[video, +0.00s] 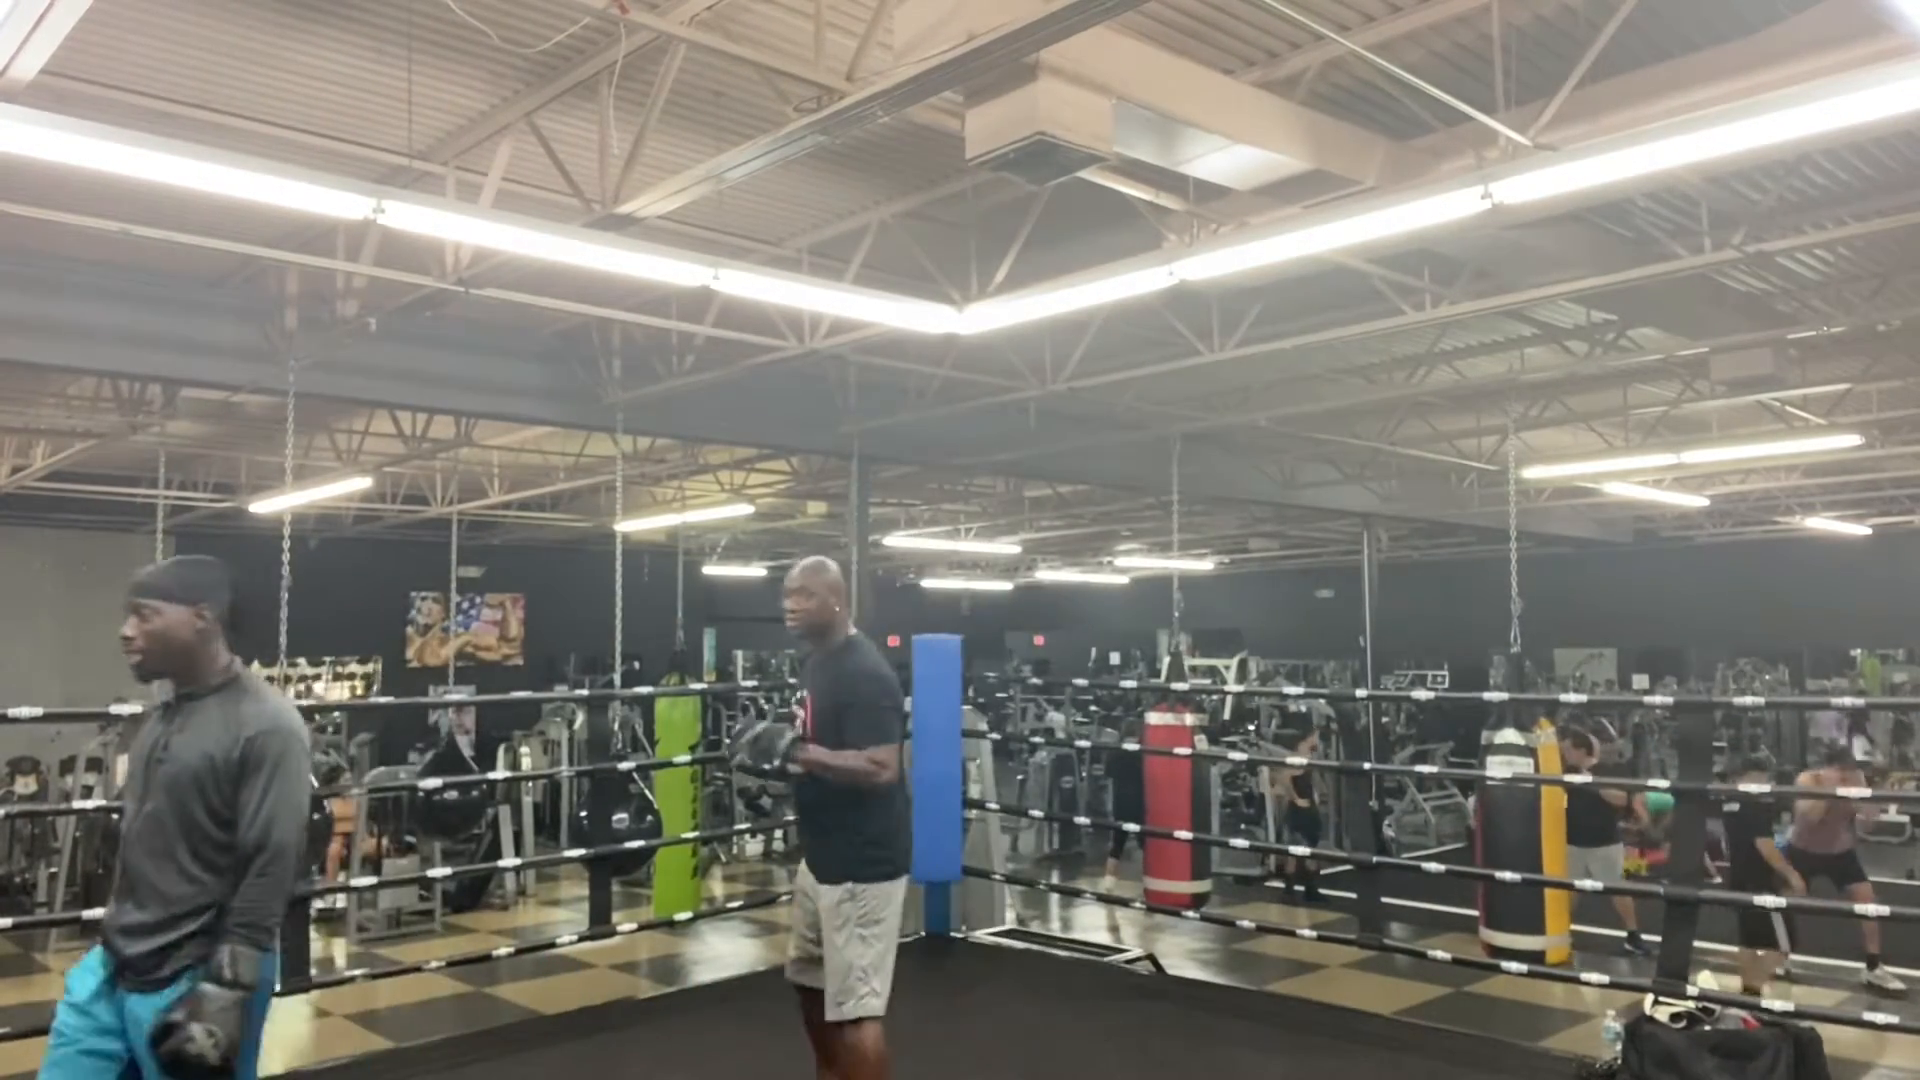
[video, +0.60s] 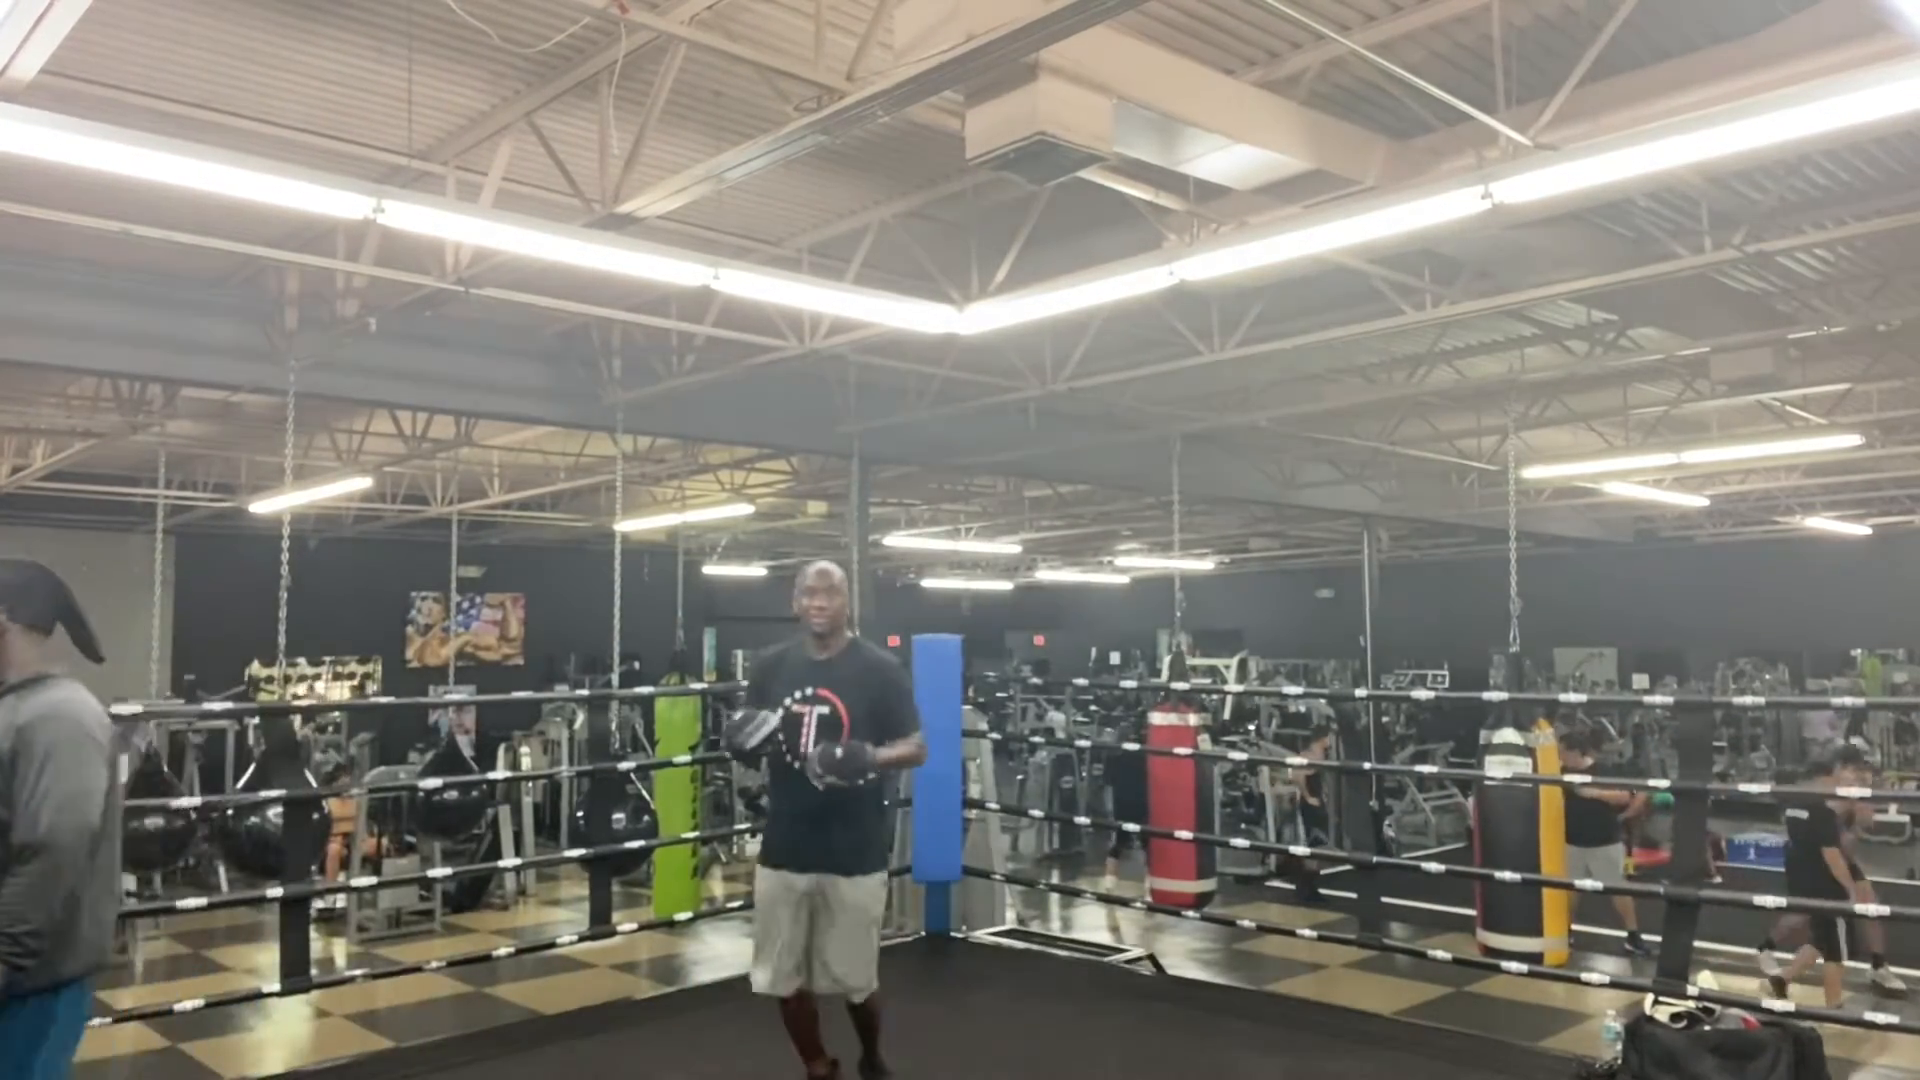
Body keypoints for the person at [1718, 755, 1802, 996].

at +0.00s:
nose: (1764, 784)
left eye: (1764, 778)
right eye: (1760, 778)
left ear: (1739, 778)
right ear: (1754, 778)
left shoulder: (1730, 804)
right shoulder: (1757, 804)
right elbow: (1765, 844)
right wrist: (1791, 874)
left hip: (1740, 878)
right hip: (1759, 881)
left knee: (1749, 941)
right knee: (1781, 947)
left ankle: (1750, 992)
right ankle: (1752, 985)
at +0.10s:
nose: (1773, 780)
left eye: (1772, 775)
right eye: (1770, 775)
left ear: (1747, 775)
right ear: (1764, 776)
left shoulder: (1737, 801)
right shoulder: (1764, 802)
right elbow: (1771, 846)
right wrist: (1798, 876)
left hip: (1748, 879)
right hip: (1770, 882)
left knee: (1752, 942)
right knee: (1793, 946)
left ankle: (1750, 995)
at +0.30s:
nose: (1804, 790)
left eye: (1802, 783)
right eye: (1801, 784)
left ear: (1778, 782)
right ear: (1794, 784)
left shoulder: (1762, 806)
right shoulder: (1791, 813)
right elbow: (1797, 857)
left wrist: (1806, 871)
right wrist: (1811, 888)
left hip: (1772, 885)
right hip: (1794, 887)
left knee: (1766, 945)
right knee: (1819, 947)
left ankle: (1753, 994)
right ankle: (1830, 1003)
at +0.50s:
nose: (1832, 788)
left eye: (1833, 783)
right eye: (1830, 782)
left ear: (1803, 778)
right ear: (1815, 778)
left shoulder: (1782, 803)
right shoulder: (1811, 811)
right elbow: (1816, 856)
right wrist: (1835, 892)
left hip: (1795, 886)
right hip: (1816, 889)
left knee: (1791, 940)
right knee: (1833, 951)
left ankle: (1762, 985)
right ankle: (1833, 1007)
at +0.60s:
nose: (1852, 782)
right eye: (1849, 775)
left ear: (1809, 778)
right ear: (1826, 777)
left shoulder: (1793, 802)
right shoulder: (1822, 810)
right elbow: (1831, 854)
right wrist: (1852, 888)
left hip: (1803, 883)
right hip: (1826, 886)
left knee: (1820, 942)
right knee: (1834, 951)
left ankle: (1783, 977)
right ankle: (1834, 1010)